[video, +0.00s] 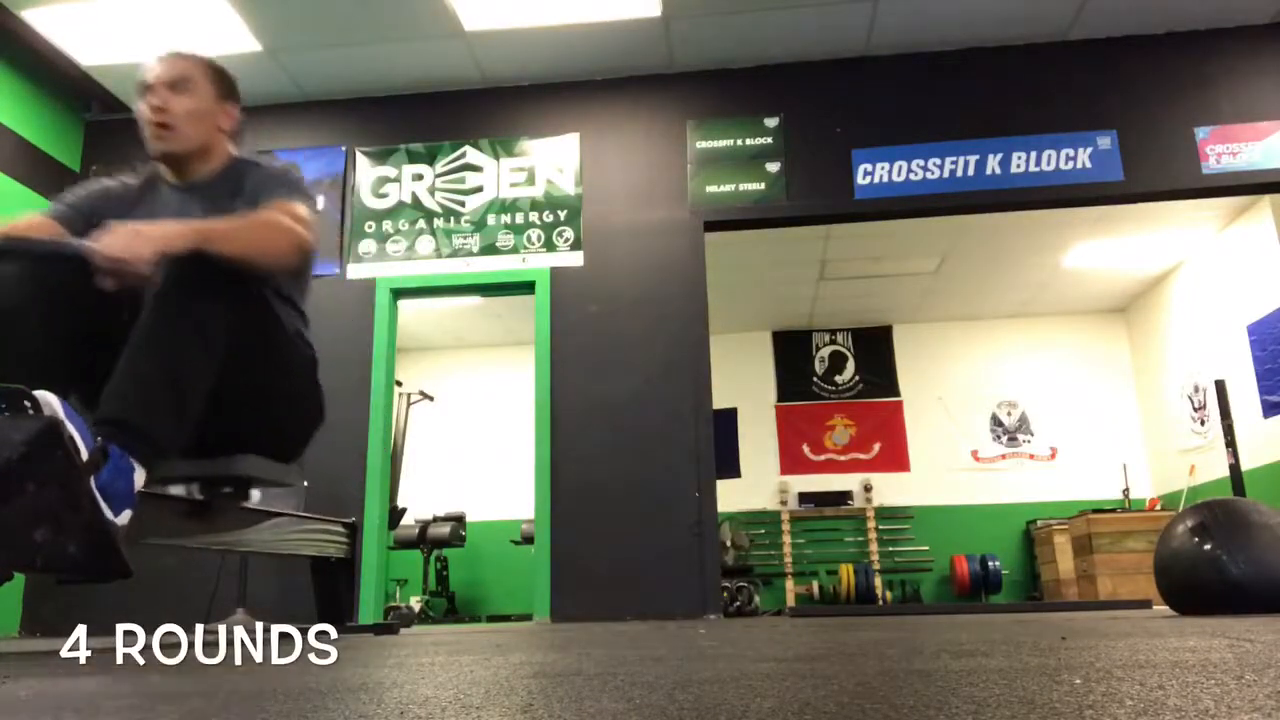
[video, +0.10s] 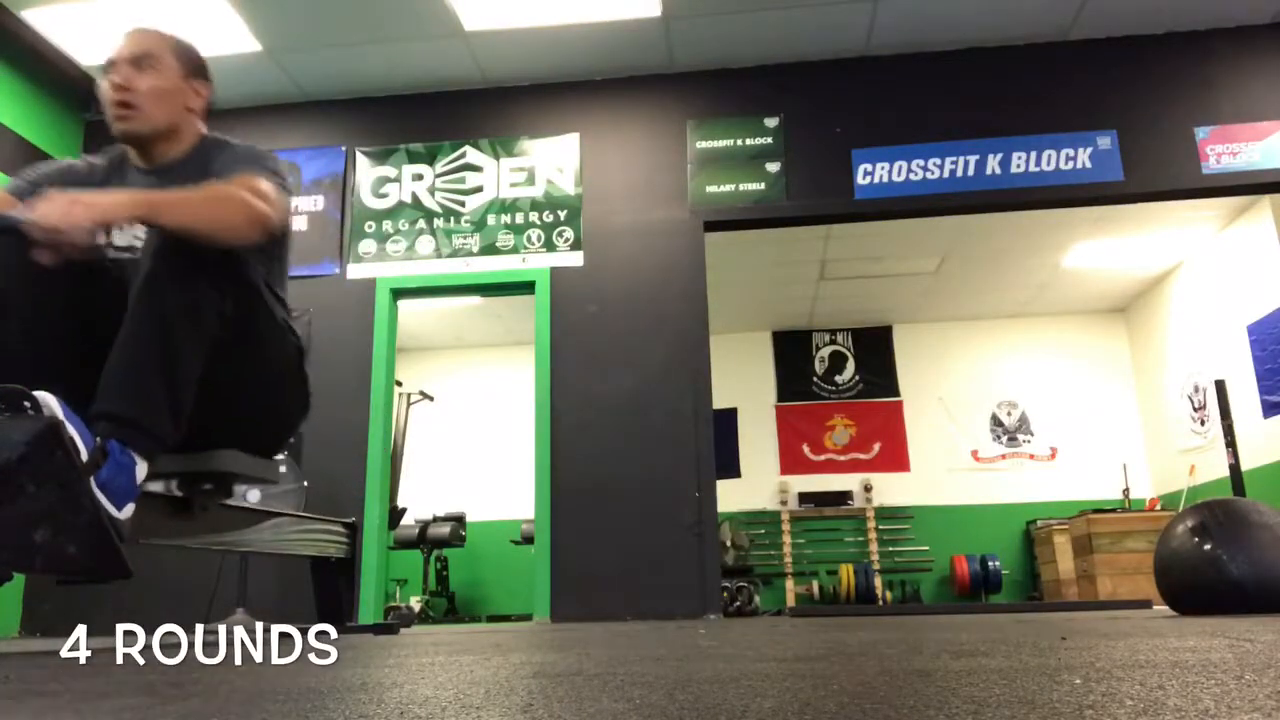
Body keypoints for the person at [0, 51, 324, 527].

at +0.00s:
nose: (156, 102)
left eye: (179, 88)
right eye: (147, 92)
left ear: (227, 117)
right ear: (138, 113)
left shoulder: (269, 182)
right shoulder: (119, 195)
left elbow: (290, 242)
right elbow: (17, 234)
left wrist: (171, 235)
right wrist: (93, 250)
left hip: (260, 406)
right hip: (139, 398)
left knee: (199, 269)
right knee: (30, 266)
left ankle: (121, 460)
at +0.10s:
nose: (118, 80)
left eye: (142, 65)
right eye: (110, 70)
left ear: (197, 95)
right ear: (100, 93)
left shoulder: (245, 164)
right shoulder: (85, 175)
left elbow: (255, 215)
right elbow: (4, 199)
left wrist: (114, 205)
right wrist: (38, 225)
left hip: (239, 398)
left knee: (187, 240)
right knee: (15, 241)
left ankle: (124, 452)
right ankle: (19, 436)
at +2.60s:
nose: (103, 62)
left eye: (131, 49)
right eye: (91, 54)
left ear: (180, 82)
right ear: (82, 80)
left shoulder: (230, 144)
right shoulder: (58, 166)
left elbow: (205, 178)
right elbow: (5, 189)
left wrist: (60, 138)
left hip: (228, 387)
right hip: (102, 378)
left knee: (180, 212)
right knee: (21, 226)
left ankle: (123, 443)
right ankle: (25, 430)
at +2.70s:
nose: (123, 68)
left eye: (150, 54)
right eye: (113, 59)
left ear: (197, 85)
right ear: (99, 85)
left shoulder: (244, 150)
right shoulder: (75, 166)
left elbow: (214, 181)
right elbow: (3, 189)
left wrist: (71, 136)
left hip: (233, 387)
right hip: (110, 378)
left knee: (181, 215)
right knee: (23, 230)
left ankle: (124, 444)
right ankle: (23, 434)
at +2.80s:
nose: (162, 83)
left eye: (187, 71)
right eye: (154, 74)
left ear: (229, 102)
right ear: (141, 99)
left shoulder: (267, 168)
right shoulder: (113, 182)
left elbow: (242, 209)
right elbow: (13, 214)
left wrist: (118, 169)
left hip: (246, 393)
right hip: (128, 385)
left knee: (187, 233)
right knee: (49, 247)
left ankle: (119, 454)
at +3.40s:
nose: (339, 237)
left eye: (354, 229)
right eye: (330, 231)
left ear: (380, 249)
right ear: (320, 249)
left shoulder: (404, 306)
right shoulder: (278, 306)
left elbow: (443, 381)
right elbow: (232, 380)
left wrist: (380, 346)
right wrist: (210, 353)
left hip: (342, 408)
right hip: (263, 406)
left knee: (256, 440)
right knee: (174, 427)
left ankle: (128, 497)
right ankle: (92, 470)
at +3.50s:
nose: (337, 240)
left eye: (352, 232)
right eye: (329, 234)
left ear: (379, 251)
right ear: (320, 250)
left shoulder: (409, 312)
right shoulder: (287, 311)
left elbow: (464, 394)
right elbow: (253, 386)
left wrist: (408, 352)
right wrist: (231, 363)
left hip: (346, 412)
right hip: (273, 405)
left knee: (253, 440)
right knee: (178, 421)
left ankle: (132, 493)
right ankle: (94, 467)